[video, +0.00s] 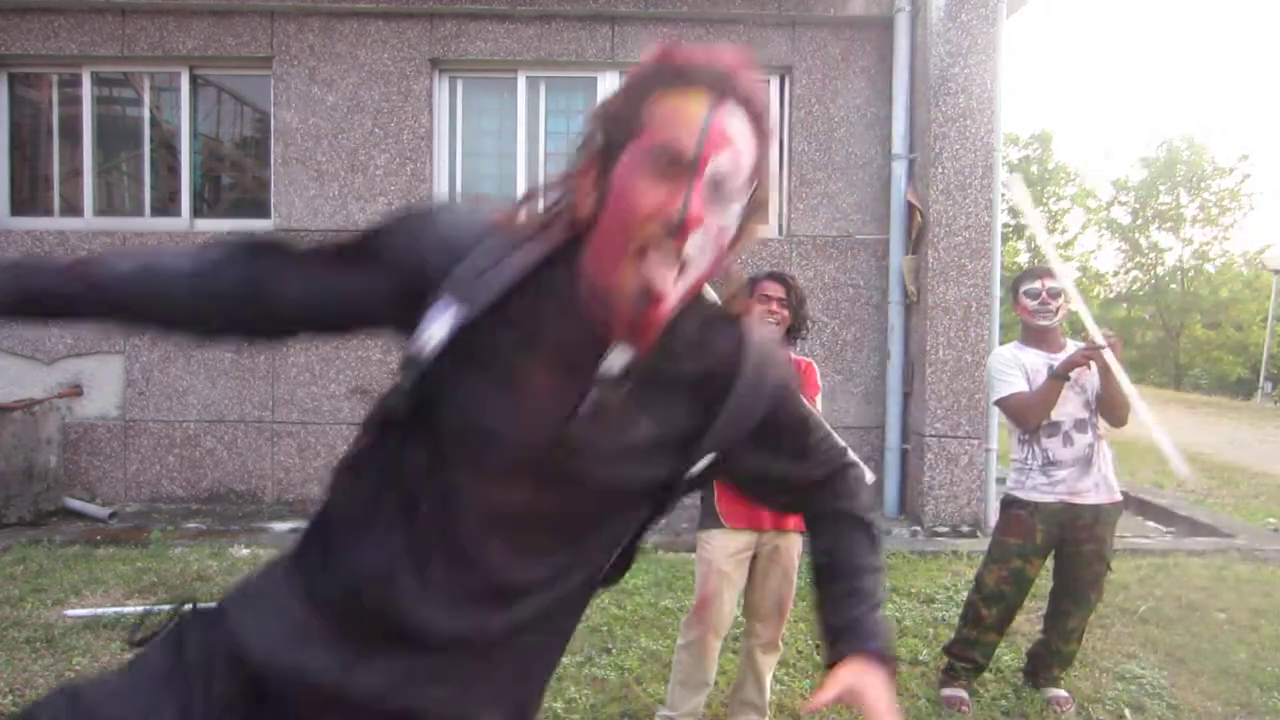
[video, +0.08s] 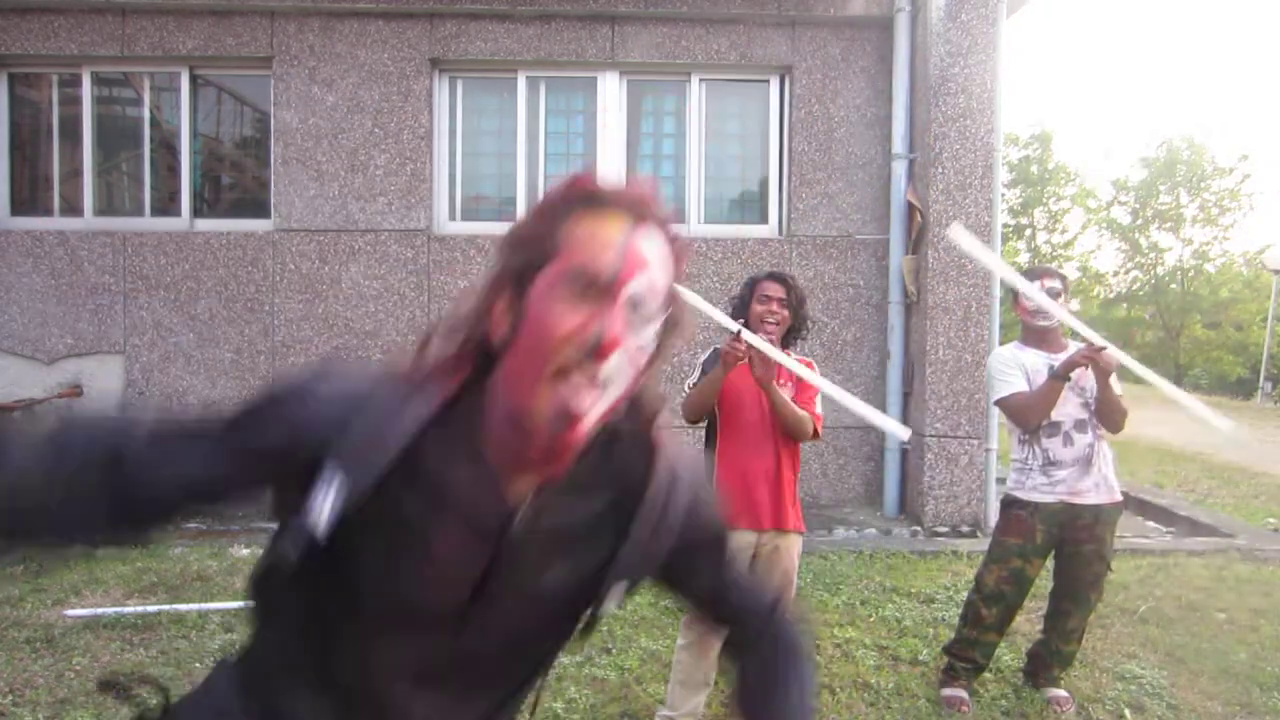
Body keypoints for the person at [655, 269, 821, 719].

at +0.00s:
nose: (772, 308)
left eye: (782, 303)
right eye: (763, 299)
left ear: (791, 316)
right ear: (743, 308)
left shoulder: (803, 369)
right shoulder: (720, 362)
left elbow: (806, 440)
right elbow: (704, 429)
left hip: (784, 518)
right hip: (728, 513)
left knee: (766, 632)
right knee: (708, 620)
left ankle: (749, 712)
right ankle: (679, 712)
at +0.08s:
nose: (772, 310)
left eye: (782, 304)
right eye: (763, 301)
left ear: (792, 316)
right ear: (745, 308)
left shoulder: (801, 367)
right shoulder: (723, 359)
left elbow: (805, 431)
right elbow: (690, 413)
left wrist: (769, 384)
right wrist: (722, 368)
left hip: (782, 516)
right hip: (727, 513)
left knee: (771, 629)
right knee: (705, 624)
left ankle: (759, 710)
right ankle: (679, 712)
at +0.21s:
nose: (771, 309)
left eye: (782, 304)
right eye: (762, 301)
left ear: (792, 317)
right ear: (743, 308)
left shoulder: (803, 369)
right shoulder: (721, 359)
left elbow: (803, 432)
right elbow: (692, 411)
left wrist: (765, 386)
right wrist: (724, 365)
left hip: (782, 518)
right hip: (725, 516)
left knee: (767, 633)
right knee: (707, 621)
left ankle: (749, 714)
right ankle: (678, 713)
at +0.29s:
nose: (770, 310)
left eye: (780, 305)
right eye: (761, 301)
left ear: (791, 316)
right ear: (743, 309)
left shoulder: (802, 368)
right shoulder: (721, 358)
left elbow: (802, 432)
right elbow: (694, 409)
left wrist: (767, 390)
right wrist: (727, 362)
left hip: (781, 518)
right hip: (724, 516)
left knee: (767, 634)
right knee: (706, 622)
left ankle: (748, 714)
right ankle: (678, 713)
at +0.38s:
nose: (768, 312)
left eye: (778, 306)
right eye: (760, 303)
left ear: (791, 318)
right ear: (743, 309)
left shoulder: (802, 368)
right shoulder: (721, 360)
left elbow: (800, 431)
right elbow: (695, 408)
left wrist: (768, 385)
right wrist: (728, 359)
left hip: (781, 517)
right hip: (724, 516)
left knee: (766, 633)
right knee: (706, 620)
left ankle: (748, 714)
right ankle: (678, 713)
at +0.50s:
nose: (769, 312)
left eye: (780, 306)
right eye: (760, 303)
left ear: (792, 318)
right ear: (744, 311)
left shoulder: (803, 369)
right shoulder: (722, 360)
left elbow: (798, 431)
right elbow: (696, 407)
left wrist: (767, 387)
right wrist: (729, 357)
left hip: (780, 517)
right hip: (723, 515)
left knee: (766, 633)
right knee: (706, 620)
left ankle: (748, 714)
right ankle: (678, 713)